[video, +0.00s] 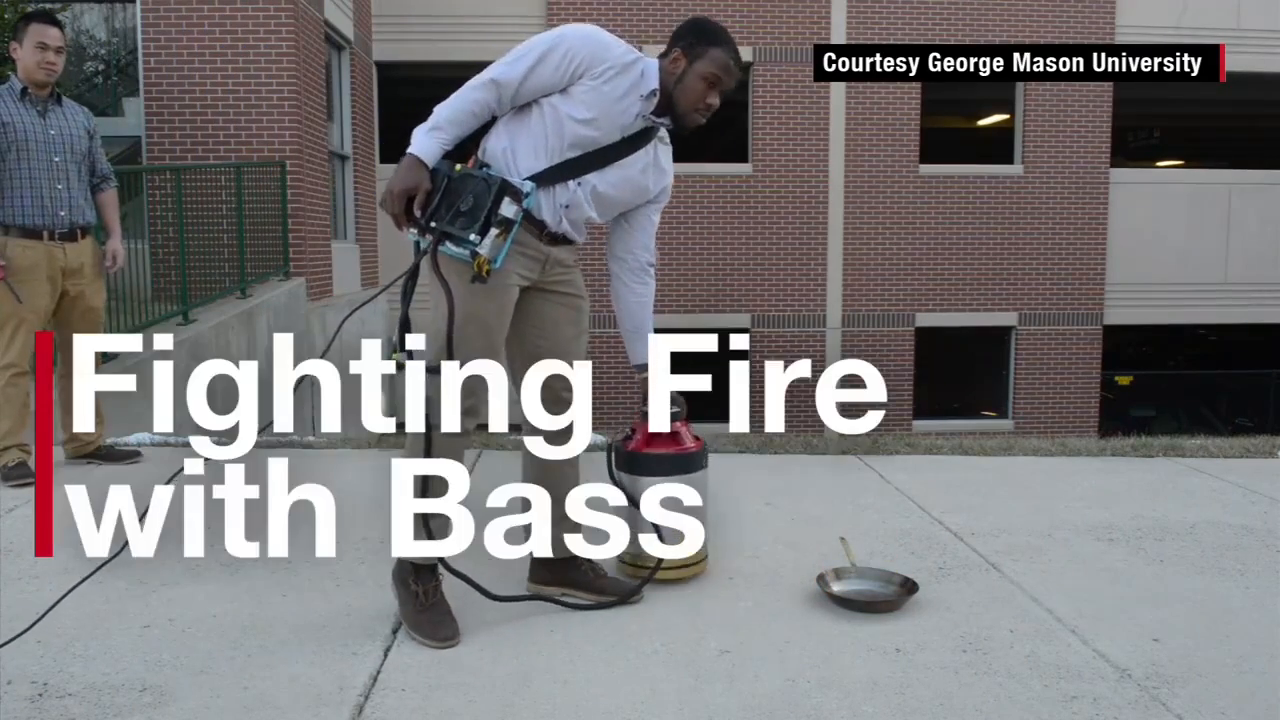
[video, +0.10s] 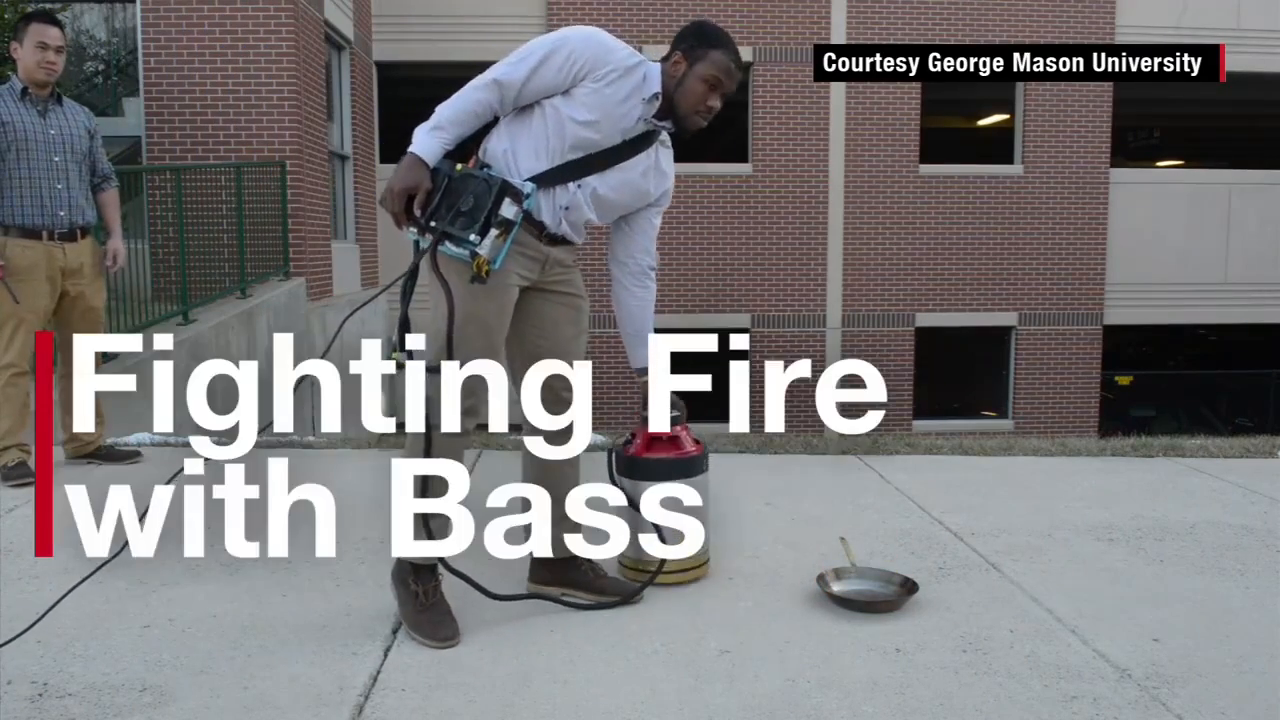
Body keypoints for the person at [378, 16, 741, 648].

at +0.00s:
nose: (713, 105)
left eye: (724, 98)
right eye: (710, 85)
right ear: (674, 59)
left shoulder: (655, 171)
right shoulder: (593, 52)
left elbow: (635, 271)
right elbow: (491, 89)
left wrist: (651, 369)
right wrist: (418, 158)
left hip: (556, 258)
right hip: (484, 231)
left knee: (558, 411)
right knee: (465, 408)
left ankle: (555, 557)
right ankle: (419, 565)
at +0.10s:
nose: (715, 106)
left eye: (725, 99)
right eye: (711, 86)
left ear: (724, 101)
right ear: (676, 61)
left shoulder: (656, 174)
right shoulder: (595, 53)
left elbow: (635, 275)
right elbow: (493, 90)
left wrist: (652, 374)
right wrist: (419, 156)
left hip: (556, 258)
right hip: (484, 230)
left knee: (558, 410)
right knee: (466, 407)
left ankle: (554, 556)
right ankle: (418, 565)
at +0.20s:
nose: (716, 109)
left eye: (728, 103)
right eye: (712, 90)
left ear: (728, 106)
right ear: (677, 66)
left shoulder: (658, 178)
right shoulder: (598, 57)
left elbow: (636, 277)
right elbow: (496, 90)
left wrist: (651, 375)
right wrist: (419, 156)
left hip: (556, 259)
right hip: (483, 229)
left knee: (557, 410)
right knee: (464, 404)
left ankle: (555, 555)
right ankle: (417, 565)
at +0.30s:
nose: (716, 111)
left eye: (727, 105)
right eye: (712, 91)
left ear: (728, 108)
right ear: (678, 67)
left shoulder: (659, 179)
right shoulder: (599, 58)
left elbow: (639, 280)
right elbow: (495, 92)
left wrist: (656, 379)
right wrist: (419, 156)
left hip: (555, 259)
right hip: (481, 230)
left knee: (557, 410)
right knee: (461, 405)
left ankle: (555, 555)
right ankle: (417, 566)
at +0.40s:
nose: (714, 106)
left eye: (726, 99)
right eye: (709, 86)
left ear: (727, 101)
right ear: (673, 64)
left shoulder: (659, 177)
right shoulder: (596, 58)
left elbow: (645, 277)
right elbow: (492, 92)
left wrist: (664, 380)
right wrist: (417, 158)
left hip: (555, 260)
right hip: (481, 231)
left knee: (558, 411)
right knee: (462, 408)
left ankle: (555, 556)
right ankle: (417, 566)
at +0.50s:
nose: (710, 98)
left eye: (721, 89)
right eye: (703, 78)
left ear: (722, 90)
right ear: (668, 56)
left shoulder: (658, 171)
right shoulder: (592, 55)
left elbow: (646, 272)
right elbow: (488, 93)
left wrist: (664, 376)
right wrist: (415, 161)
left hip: (554, 260)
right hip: (480, 234)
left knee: (557, 411)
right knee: (460, 410)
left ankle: (554, 557)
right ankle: (418, 567)